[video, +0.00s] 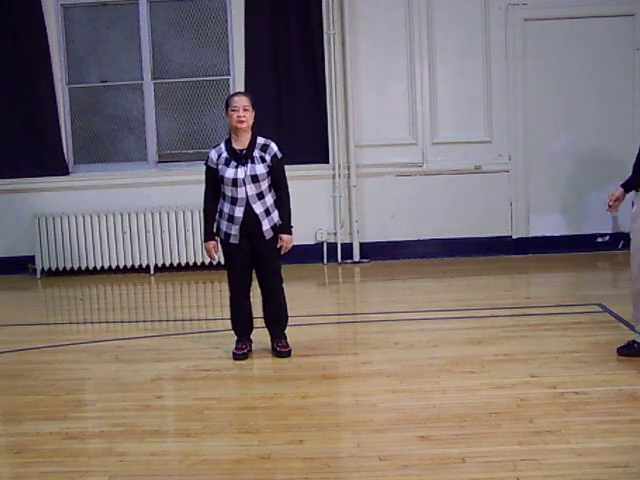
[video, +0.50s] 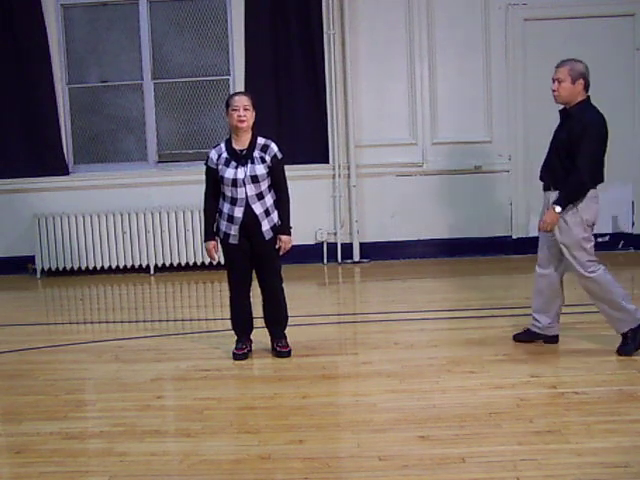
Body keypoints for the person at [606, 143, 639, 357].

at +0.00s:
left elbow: (636, 169)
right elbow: (638, 167)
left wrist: (624, 189)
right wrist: (624, 189)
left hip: (637, 213)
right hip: (636, 211)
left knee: (636, 276)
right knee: (635, 275)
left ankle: (638, 337)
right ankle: (638, 336)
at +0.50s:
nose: (553, 87)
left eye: (558, 82)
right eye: (553, 82)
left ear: (579, 85)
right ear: (574, 86)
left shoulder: (590, 120)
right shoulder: (569, 117)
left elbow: (584, 174)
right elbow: (566, 163)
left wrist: (557, 207)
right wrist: (549, 197)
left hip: (576, 201)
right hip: (554, 198)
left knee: (586, 268)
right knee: (547, 266)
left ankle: (631, 324)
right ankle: (544, 328)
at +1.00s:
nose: (488, 88)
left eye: (493, 83)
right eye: (488, 83)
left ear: (512, 87)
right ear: (505, 87)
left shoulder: (534, 123)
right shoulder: (498, 121)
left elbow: (548, 170)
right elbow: (481, 161)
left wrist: (552, 214)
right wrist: (457, 195)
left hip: (517, 202)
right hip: (494, 201)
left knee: (495, 268)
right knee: (519, 264)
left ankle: (471, 335)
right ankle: (543, 324)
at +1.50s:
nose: (445, 84)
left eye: (451, 79)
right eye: (446, 79)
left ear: (469, 85)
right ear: (462, 85)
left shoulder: (491, 123)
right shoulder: (447, 119)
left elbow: (491, 173)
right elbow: (436, 163)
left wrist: (467, 205)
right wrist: (429, 203)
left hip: (475, 205)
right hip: (442, 202)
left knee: (474, 272)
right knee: (438, 269)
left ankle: (467, 335)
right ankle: (440, 330)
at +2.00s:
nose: (430, 86)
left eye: (436, 81)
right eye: (424, 81)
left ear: (445, 85)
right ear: (417, 86)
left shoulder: (461, 123)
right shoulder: (403, 121)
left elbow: (476, 167)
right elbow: (389, 164)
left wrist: (490, 208)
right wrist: (380, 201)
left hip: (449, 203)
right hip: (411, 204)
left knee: (454, 270)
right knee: (414, 271)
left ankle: (452, 336)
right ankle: (421, 334)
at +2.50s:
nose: (422, 87)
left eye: (427, 81)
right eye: (415, 82)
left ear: (435, 85)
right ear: (407, 88)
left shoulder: (451, 122)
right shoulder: (394, 123)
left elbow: (460, 167)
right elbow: (382, 168)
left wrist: (463, 206)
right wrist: (382, 209)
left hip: (446, 202)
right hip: (407, 204)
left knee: (451, 267)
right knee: (412, 270)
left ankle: (445, 332)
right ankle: (420, 332)